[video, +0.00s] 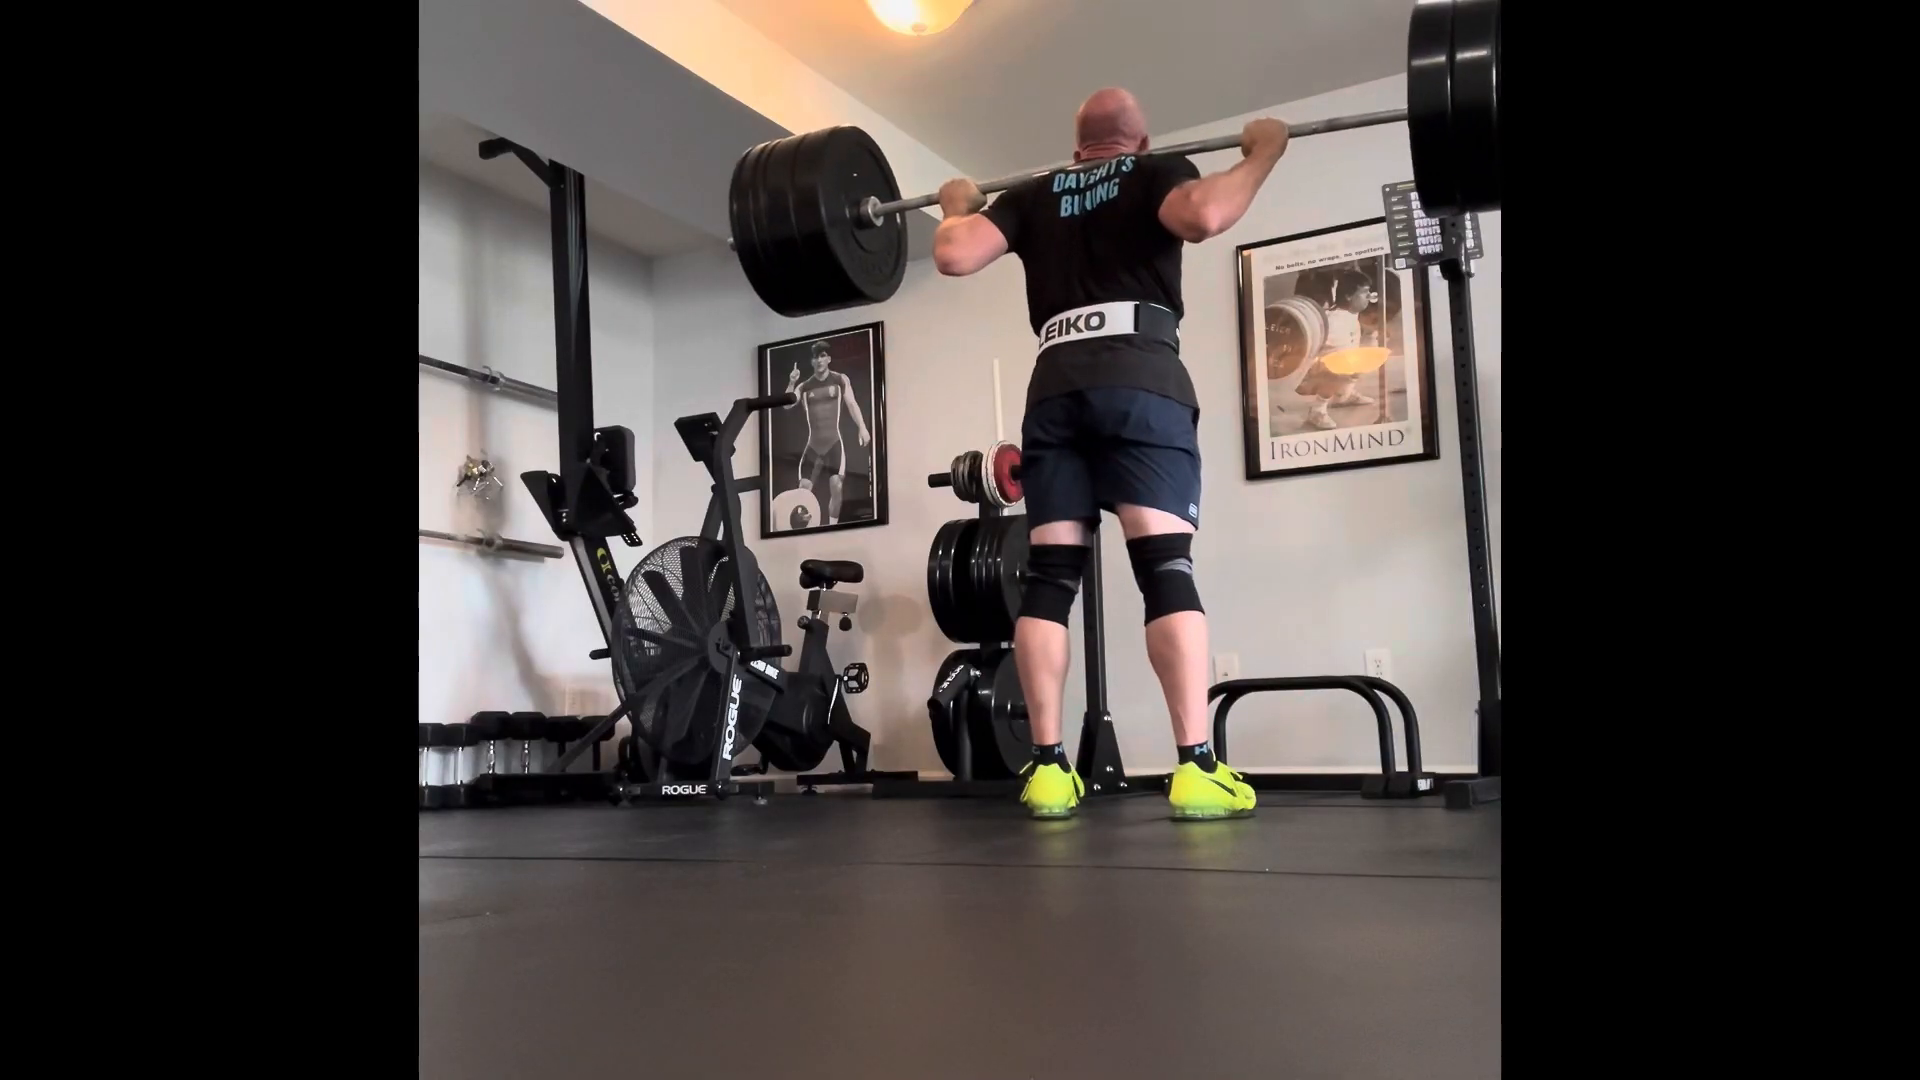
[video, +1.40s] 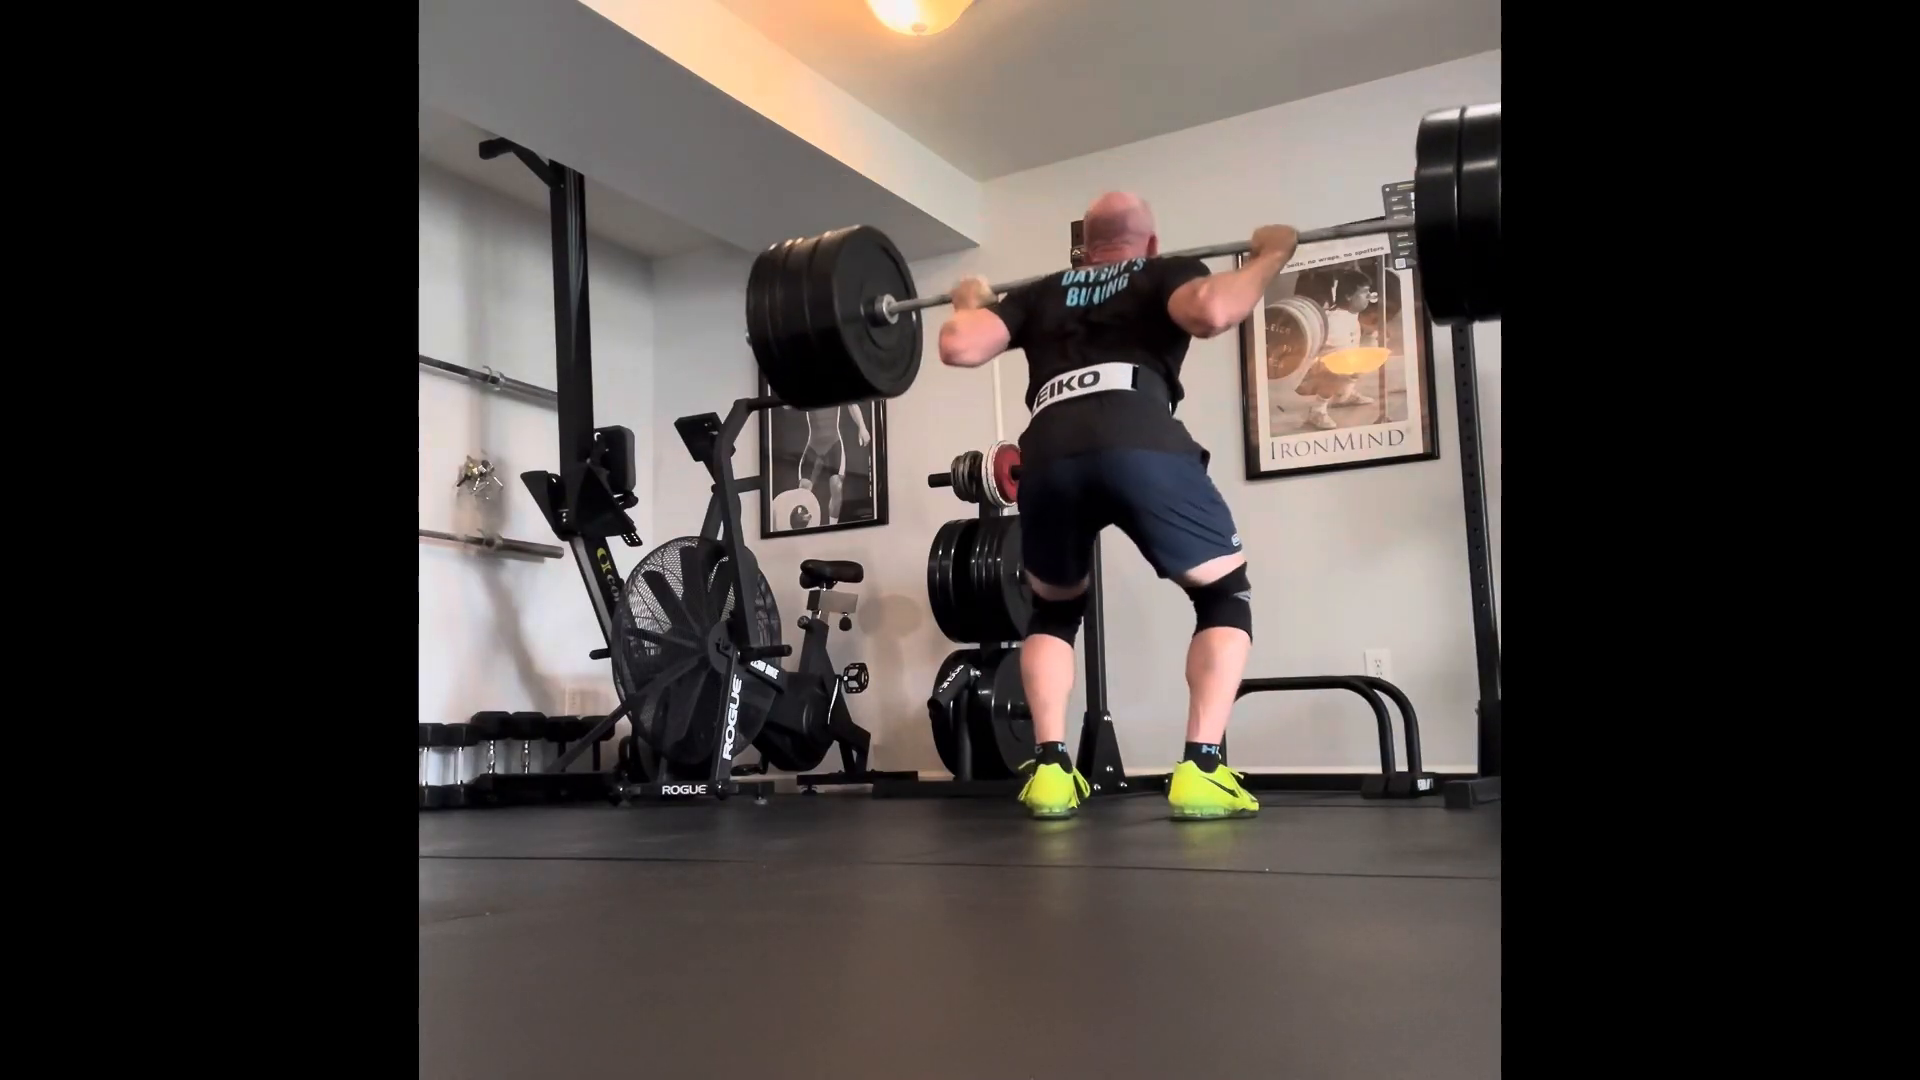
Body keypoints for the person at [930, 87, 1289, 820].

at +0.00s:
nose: (1132, 145)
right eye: (1140, 136)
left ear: (1074, 145)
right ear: (1143, 140)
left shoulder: (1031, 194)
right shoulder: (1155, 170)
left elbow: (955, 254)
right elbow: (1204, 214)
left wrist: (956, 206)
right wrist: (1261, 153)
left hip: (1056, 379)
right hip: (1144, 373)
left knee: (1050, 575)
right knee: (1165, 569)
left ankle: (1047, 764)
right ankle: (1196, 764)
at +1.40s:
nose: (1151, 244)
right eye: (1150, 236)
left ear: (1079, 246)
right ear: (1150, 244)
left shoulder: (1038, 294)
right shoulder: (1165, 271)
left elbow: (956, 346)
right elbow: (1214, 312)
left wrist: (967, 301)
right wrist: (1271, 254)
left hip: (1049, 450)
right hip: (1141, 438)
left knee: (1053, 612)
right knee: (1222, 598)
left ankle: (1050, 765)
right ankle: (1201, 765)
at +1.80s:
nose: (1157, 324)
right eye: (1156, 318)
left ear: (1088, 326)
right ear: (1155, 323)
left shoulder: (1040, 371)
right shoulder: (1168, 353)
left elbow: (957, 441)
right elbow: (1214, 401)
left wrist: (967, 390)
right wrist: (1274, 345)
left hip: (1037, 508)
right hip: (1130, 494)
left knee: (1056, 627)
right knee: (1233, 610)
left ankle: (1051, 769)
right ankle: (1202, 766)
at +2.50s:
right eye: (1169, 413)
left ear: (1101, 420)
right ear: (1168, 419)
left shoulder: (1047, 463)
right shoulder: (1181, 450)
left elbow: (965, 539)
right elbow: (1227, 507)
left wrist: (975, 474)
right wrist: (1289, 447)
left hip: (1042, 615)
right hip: (1143, 604)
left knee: (1042, 637)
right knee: (1247, 614)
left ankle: (1052, 767)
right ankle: (1203, 767)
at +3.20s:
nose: (1167, 343)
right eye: (1167, 336)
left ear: (1098, 338)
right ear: (1161, 338)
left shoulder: (1042, 379)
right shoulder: (1168, 364)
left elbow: (961, 446)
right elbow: (1213, 401)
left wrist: (972, 394)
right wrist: (1276, 360)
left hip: (1026, 509)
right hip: (1122, 496)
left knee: (1087, 615)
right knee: (1205, 605)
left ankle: (1055, 770)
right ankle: (1199, 767)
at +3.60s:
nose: (1156, 240)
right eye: (1156, 233)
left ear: (1089, 238)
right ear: (1156, 237)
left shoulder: (1042, 291)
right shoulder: (1167, 269)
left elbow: (962, 355)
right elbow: (1207, 312)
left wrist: (966, 304)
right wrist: (1267, 259)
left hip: (1050, 447)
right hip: (1142, 430)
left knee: (1083, 605)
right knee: (1215, 594)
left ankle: (1056, 765)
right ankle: (1201, 765)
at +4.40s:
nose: (1139, 150)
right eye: (1144, 141)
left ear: (1080, 155)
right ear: (1147, 147)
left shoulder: (1039, 211)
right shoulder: (1159, 176)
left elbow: (963, 275)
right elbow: (1207, 218)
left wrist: (966, 226)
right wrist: (1260, 153)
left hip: (1065, 397)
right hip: (1152, 390)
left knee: (1055, 575)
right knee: (1165, 573)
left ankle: (1049, 763)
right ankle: (1195, 763)